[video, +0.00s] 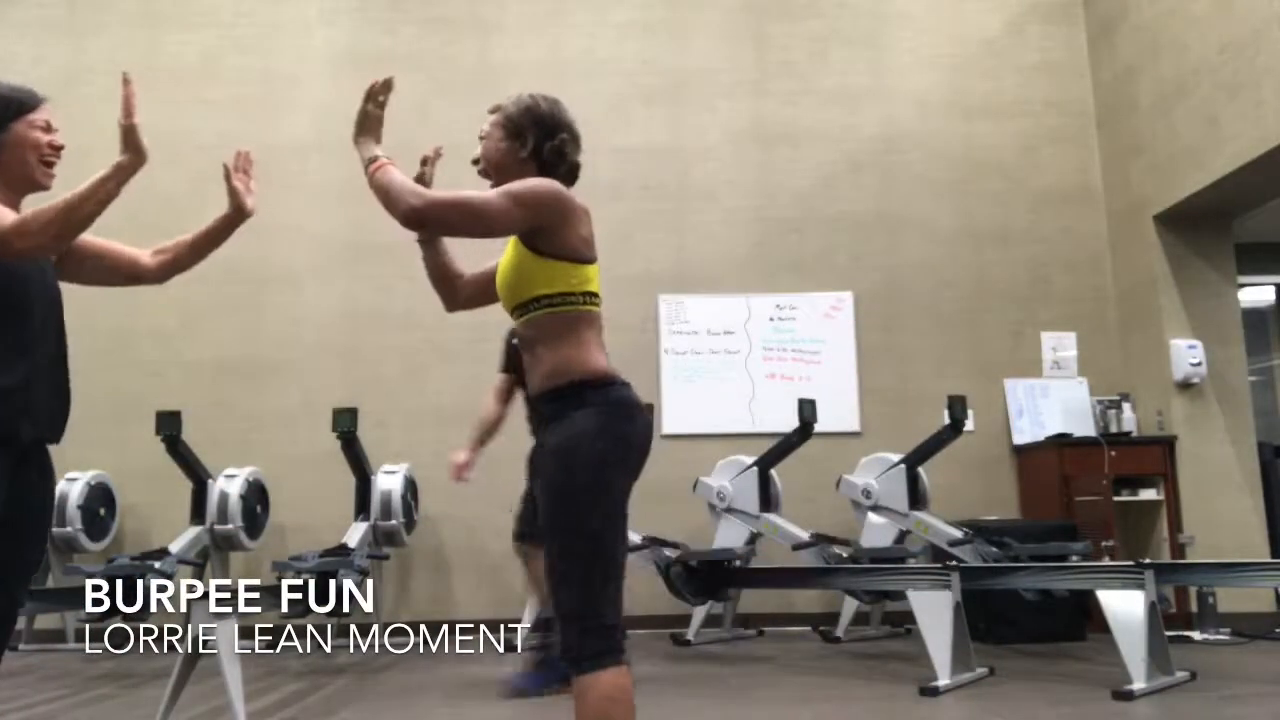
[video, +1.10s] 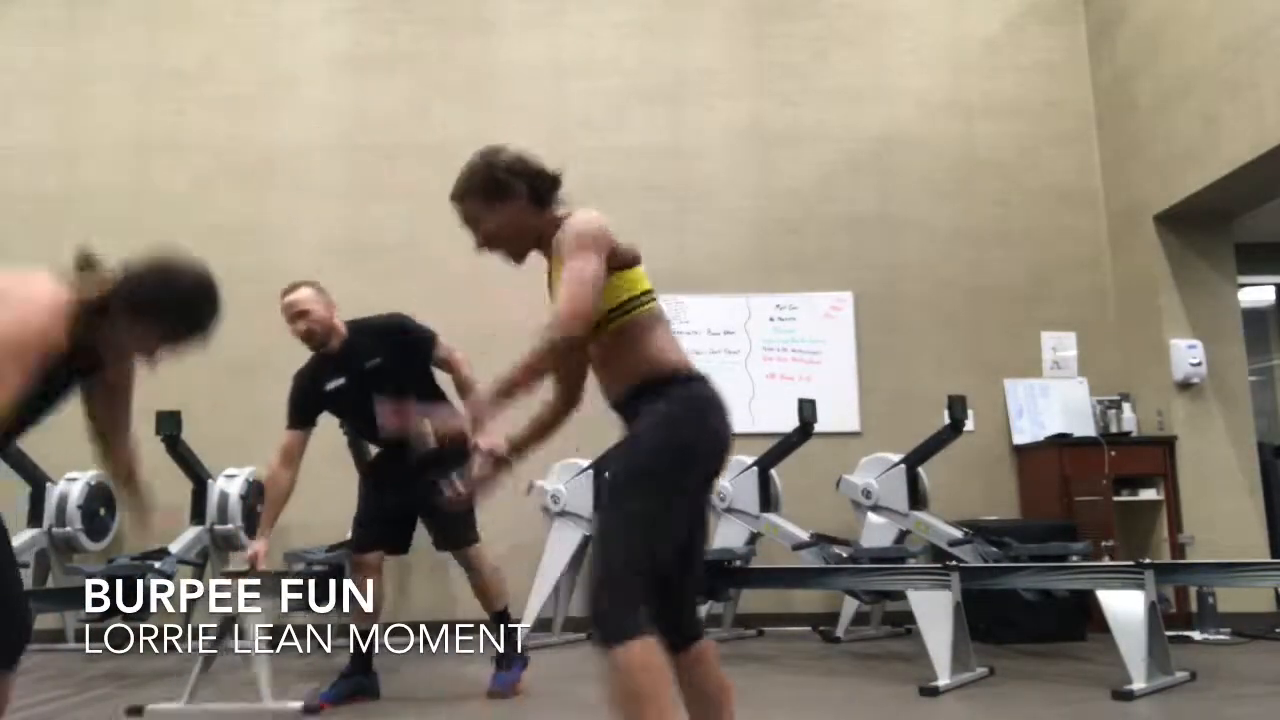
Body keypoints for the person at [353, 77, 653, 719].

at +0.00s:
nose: (480, 140)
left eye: (492, 129)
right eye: (486, 128)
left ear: (527, 143)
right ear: (526, 147)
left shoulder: (549, 197)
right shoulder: (535, 249)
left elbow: (417, 209)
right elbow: (456, 293)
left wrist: (369, 150)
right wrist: (426, 214)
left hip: (592, 422)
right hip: (572, 425)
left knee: (590, 640)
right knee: (584, 635)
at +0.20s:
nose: (465, 157)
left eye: (476, 145)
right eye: (469, 145)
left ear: (514, 153)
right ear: (511, 155)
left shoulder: (544, 208)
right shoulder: (516, 253)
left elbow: (418, 212)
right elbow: (439, 287)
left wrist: (373, 150)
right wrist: (417, 207)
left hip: (570, 425)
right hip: (567, 426)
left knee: (492, 602)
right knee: (575, 618)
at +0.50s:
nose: (409, 128)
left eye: (424, 118)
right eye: (417, 116)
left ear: (457, 134)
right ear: (454, 135)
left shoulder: (467, 190)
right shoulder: (450, 238)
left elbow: (323, 191)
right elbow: (360, 265)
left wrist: (294, 149)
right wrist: (316, 197)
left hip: (490, 422)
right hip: (514, 421)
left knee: (411, 623)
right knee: (531, 613)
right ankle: (578, 716)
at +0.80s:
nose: (437, 148)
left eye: (446, 134)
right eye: (439, 135)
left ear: (479, 138)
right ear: (498, 143)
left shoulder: (507, 188)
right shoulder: (513, 215)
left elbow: (388, 200)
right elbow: (452, 289)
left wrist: (331, 143)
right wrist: (409, 227)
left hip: (519, 418)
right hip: (552, 416)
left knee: (442, 620)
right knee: (568, 608)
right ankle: (655, 713)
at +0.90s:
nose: (464, 200)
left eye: (468, 183)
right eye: (461, 186)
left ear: (506, 171)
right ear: (505, 175)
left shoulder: (554, 212)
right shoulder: (532, 244)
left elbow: (513, 257)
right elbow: (497, 336)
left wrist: (394, 220)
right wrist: (426, 287)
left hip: (574, 429)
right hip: (597, 429)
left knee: (484, 623)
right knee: (627, 627)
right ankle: (698, 714)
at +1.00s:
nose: (480, 221)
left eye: (482, 202)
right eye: (475, 207)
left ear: (521, 185)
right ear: (521, 189)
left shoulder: (584, 224)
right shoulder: (559, 262)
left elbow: (571, 288)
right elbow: (539, 372)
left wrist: (440, 315)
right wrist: (457, 380)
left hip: (635, 427)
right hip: (632, 431)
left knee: (552, 623)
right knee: (649, 623)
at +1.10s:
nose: (480, 240)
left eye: (480, 222)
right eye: (473, 228)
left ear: (513, 197)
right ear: (514, 202)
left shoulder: (581, 229)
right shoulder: (558, 267)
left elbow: (571, 327)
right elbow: (566, 396)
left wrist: (487, 401)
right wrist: (502, 456)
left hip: (677, 415)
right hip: (663, 422)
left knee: (619, 613)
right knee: (674, 618)